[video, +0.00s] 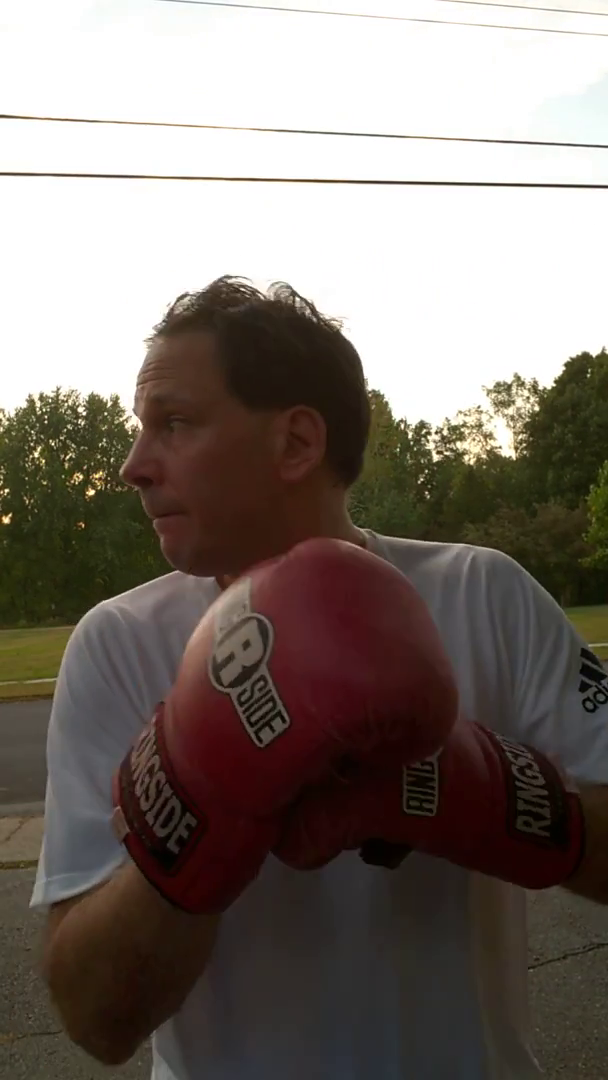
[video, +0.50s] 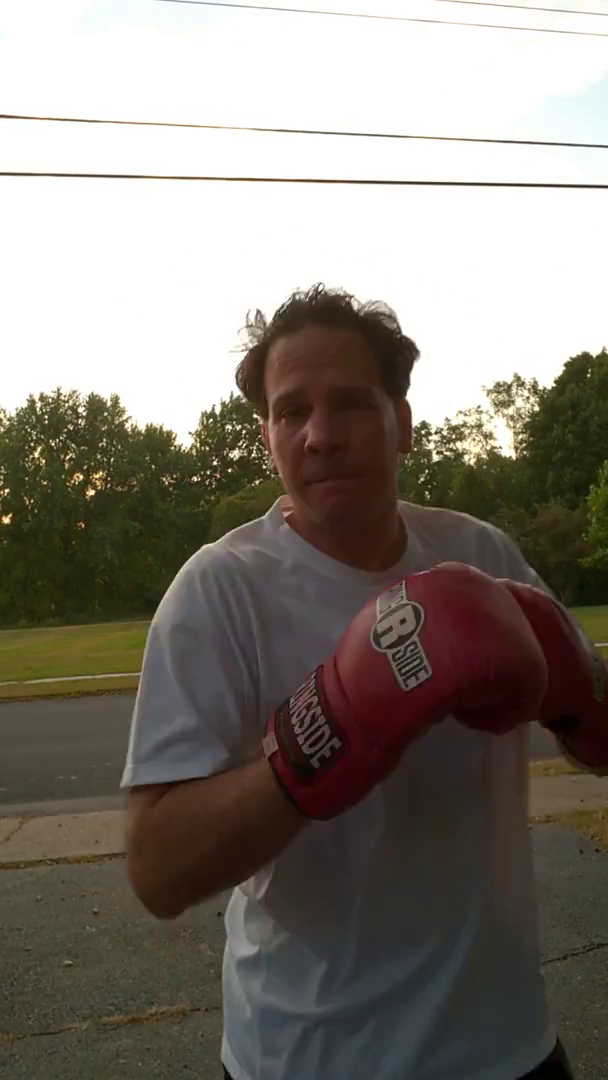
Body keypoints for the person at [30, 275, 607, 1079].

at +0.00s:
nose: (133, 468)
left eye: (173, 422)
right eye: (142, 429)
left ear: (298, 442)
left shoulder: (486, 599)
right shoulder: (117, 644)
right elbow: (98, 1019)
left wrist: (477, 796)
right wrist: (208, 805)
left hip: (473, 1060)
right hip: (223, 1067)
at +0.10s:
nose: (190, 470)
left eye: (229, 431)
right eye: (198, 435)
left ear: (346, 451)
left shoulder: (525, 610)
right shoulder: (166, 643)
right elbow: (129, 989)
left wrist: (487, 805)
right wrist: (247, 813)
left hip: (498, 1059)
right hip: (251, 1066)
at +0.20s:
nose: (258, 500)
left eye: (300, 466)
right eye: (262, 470)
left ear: (411, 488)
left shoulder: (574, 649)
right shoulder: (232, 666)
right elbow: (155, 977)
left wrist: (571, 848)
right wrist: (287, 847)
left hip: (534, 1061)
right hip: (302, 1065)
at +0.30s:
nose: (308, 510)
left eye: (349, 476)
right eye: (304, 480)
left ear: (448, 491)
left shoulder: (576, 636)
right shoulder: (260, 680)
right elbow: (186, 978)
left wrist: (585, 825)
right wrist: (278, 883)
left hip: (558, 1057)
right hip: (336, 1062)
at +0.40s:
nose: (320, 450)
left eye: (357, 416)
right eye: (302, 423)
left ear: (435, 430)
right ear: (287, 442)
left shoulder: (533, 572)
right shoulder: (242, 617)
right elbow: (189, 903)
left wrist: (587, 733)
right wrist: (311, 776)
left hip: (535, 1041)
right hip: (328, 1052)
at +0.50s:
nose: (319, 435)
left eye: (349, 404)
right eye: (291, 411)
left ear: (403, 424)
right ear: (267, 437)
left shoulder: (484, 554)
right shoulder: (218, 590)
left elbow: (600, 751)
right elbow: (160, 872)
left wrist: (578, 697)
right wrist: (337, 723)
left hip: (500, 1030)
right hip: (307, 1049)